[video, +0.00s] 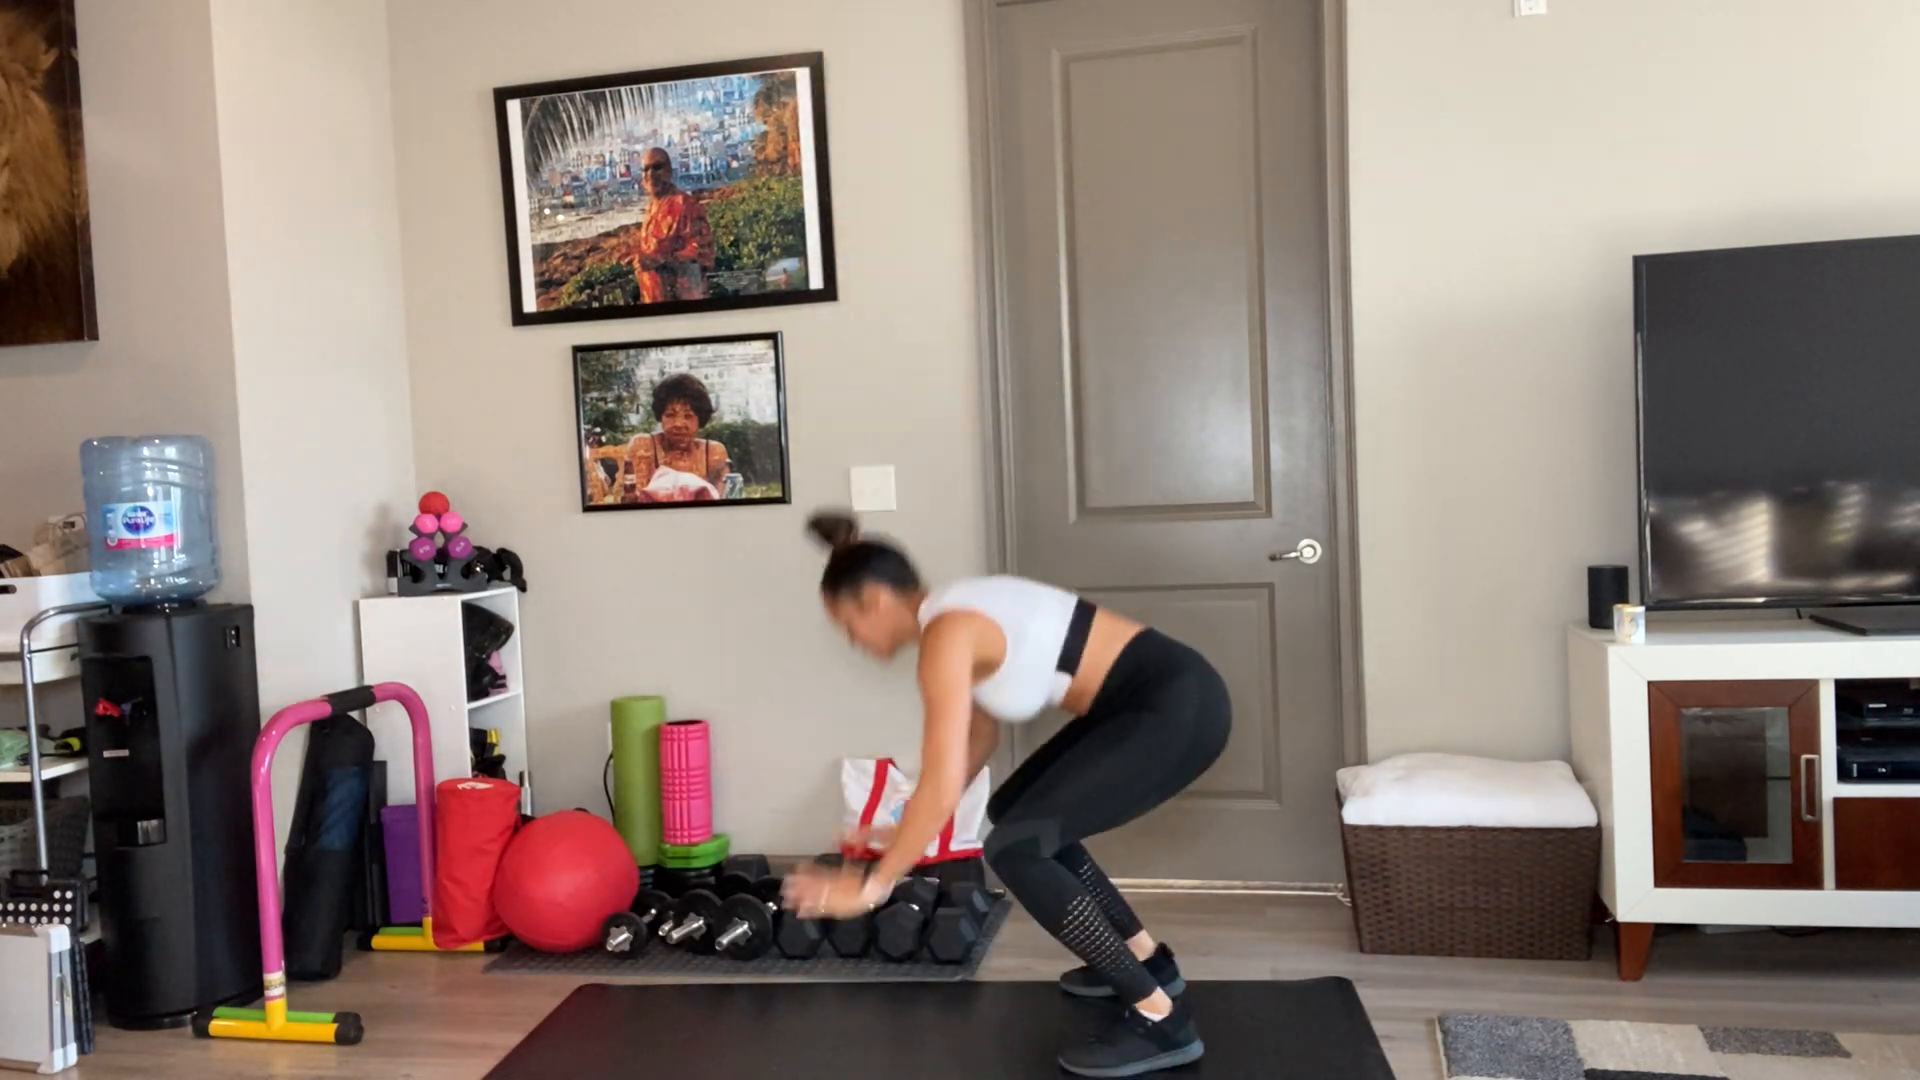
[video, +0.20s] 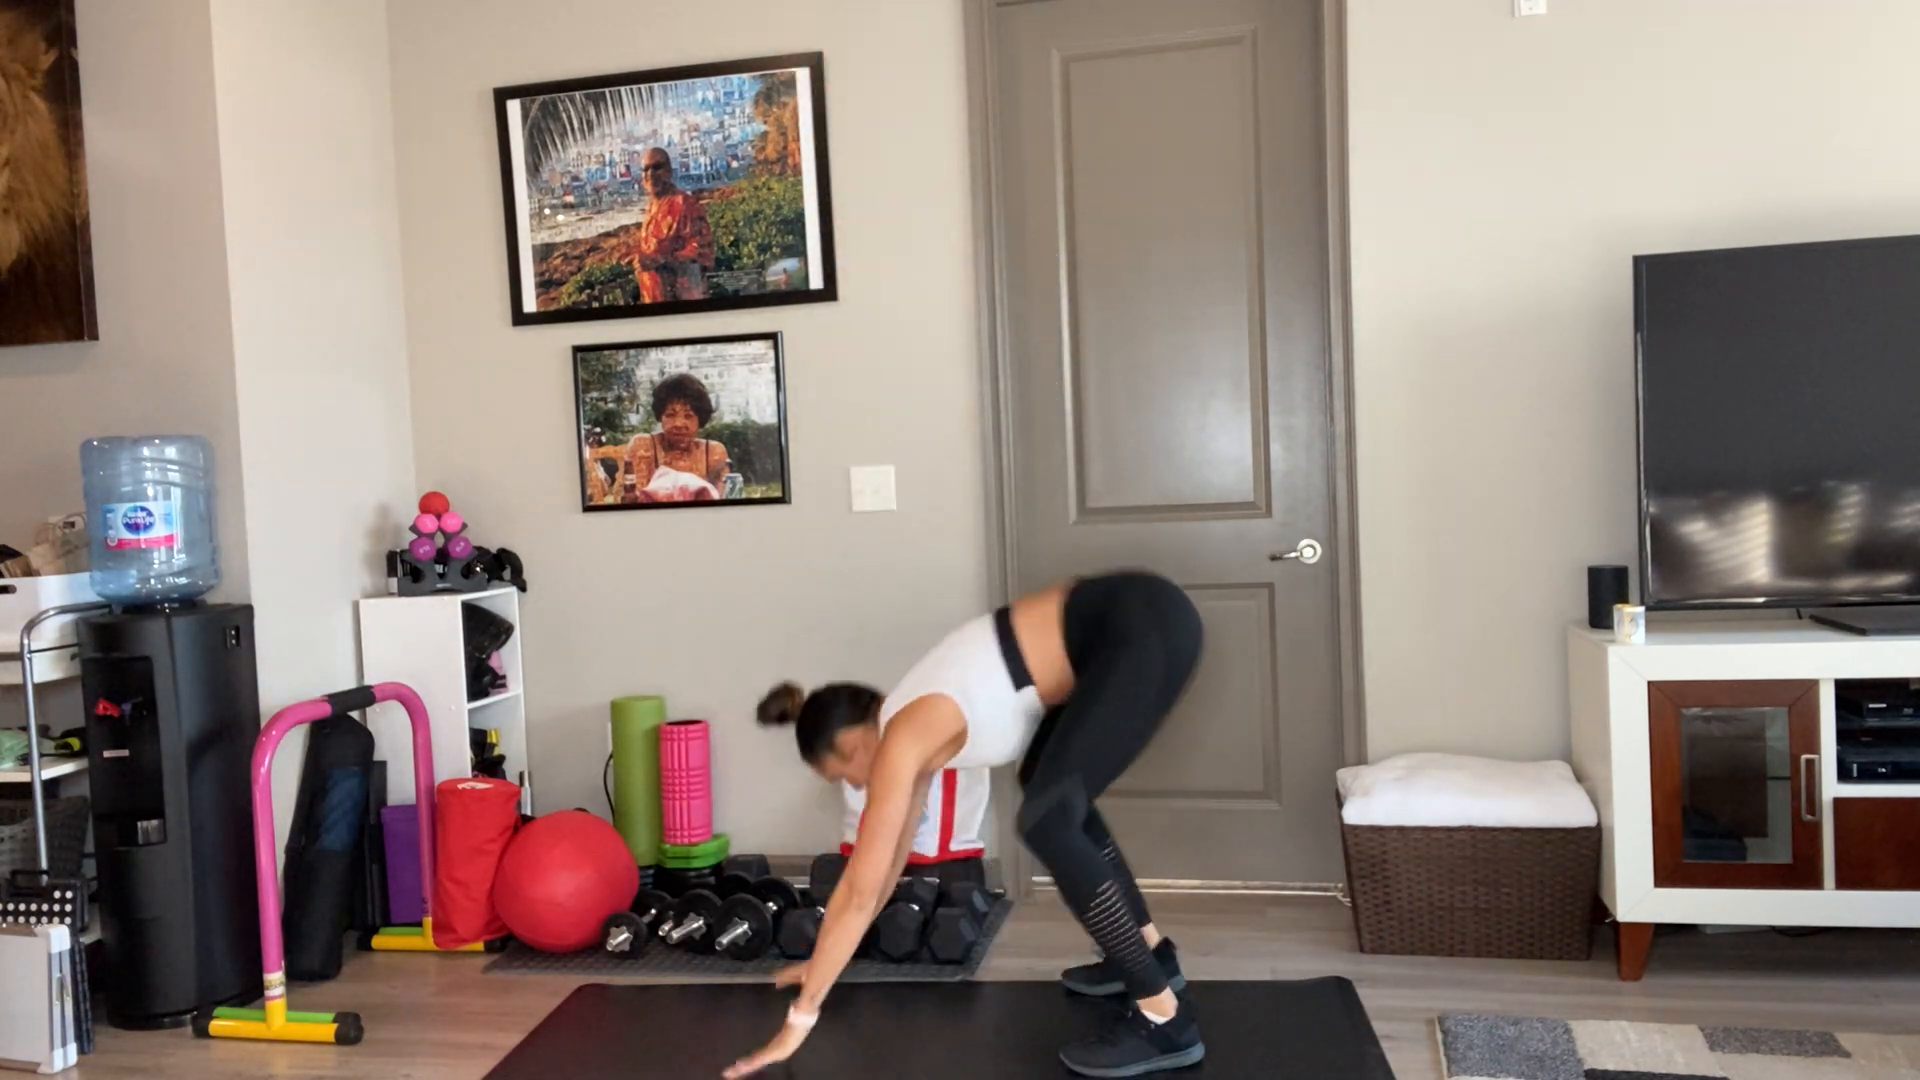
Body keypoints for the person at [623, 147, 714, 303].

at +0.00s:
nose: (650, 175)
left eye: (657, 167)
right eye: (645, 169)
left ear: (669, 172)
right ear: (642, 176)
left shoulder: (686, 204)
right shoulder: (654, 206)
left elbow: (703, 255)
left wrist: (657, 261)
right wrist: (638, 257)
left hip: (682, 297)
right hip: (655, 296)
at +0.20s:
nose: (650, 175)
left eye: (657, 167)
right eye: (645, 169)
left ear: (669, 172)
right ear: (642, 176)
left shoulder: (686, 204)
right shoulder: (654, 206)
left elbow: (703, 255)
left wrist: (657, 261)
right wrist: (638, 257)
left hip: (682, 297)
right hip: (655, 297)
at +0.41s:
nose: (650, 174)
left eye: (657, 167)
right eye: (646, 169)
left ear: (669, 172)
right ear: (642, 176)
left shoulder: (686, 204)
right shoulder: (654, 206)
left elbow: (703, 255)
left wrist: (657, 260)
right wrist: (638, 257)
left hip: (683, 297)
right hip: (655, 297)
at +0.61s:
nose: (650, 174)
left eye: (657, 167)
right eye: (645, 169)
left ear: (669, 172)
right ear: (642, 176)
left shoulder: (685, 204)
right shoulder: (654, 206)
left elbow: (703, 255)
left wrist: (657, 260)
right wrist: (638, 257)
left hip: (682, 297)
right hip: (655, 297)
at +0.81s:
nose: (650, 175)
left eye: (657, 167)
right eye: (645, 169)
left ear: (669, 172)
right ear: (642, 176)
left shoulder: (686, 204)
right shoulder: (654, 206)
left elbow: (703, 255)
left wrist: (657, 261)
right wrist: (638, 258)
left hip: (683, 297)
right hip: (655, 297)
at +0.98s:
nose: (650, 174)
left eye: (657, 167)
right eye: (645, 169)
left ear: (669, 171)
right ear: (642, 176)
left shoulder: (686, 204)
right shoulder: (653, 206)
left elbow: (703, 255)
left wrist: (657, 261)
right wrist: (638, 258)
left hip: (683, 297)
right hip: (655, 297)